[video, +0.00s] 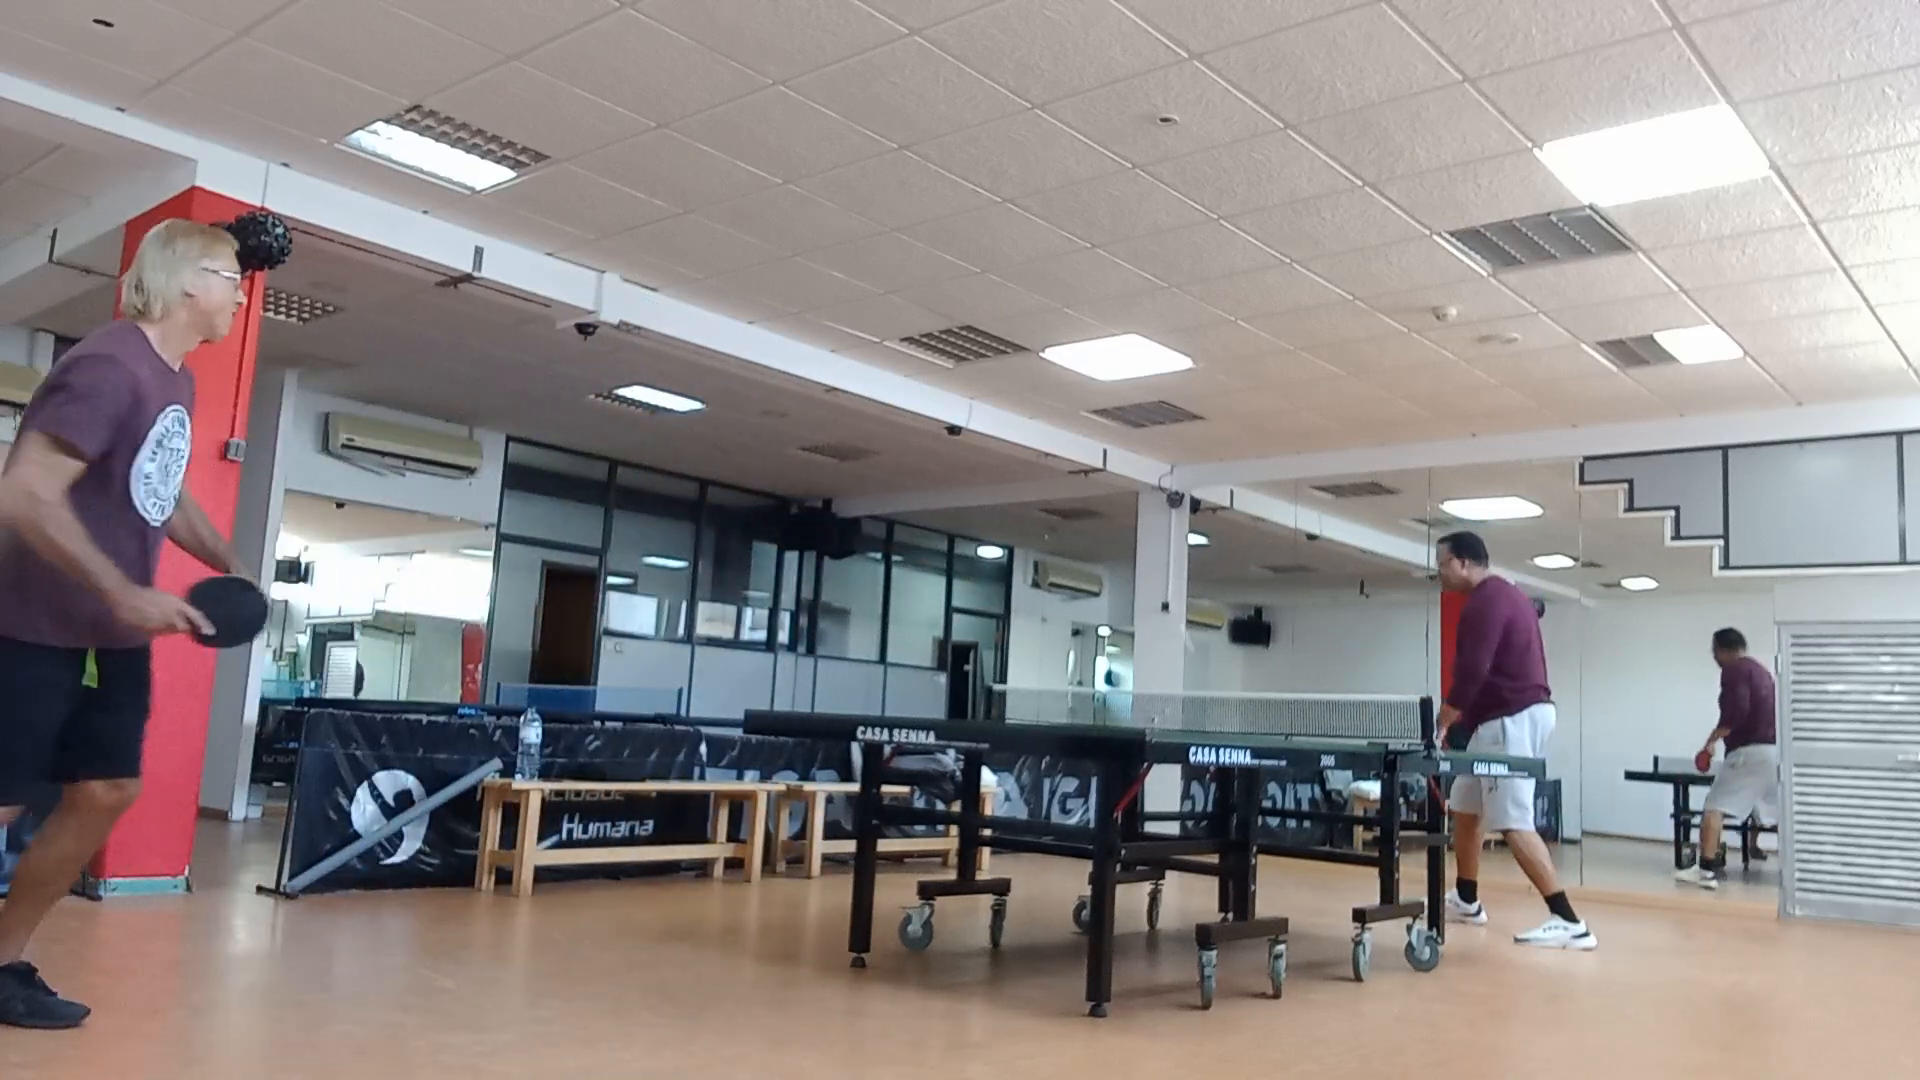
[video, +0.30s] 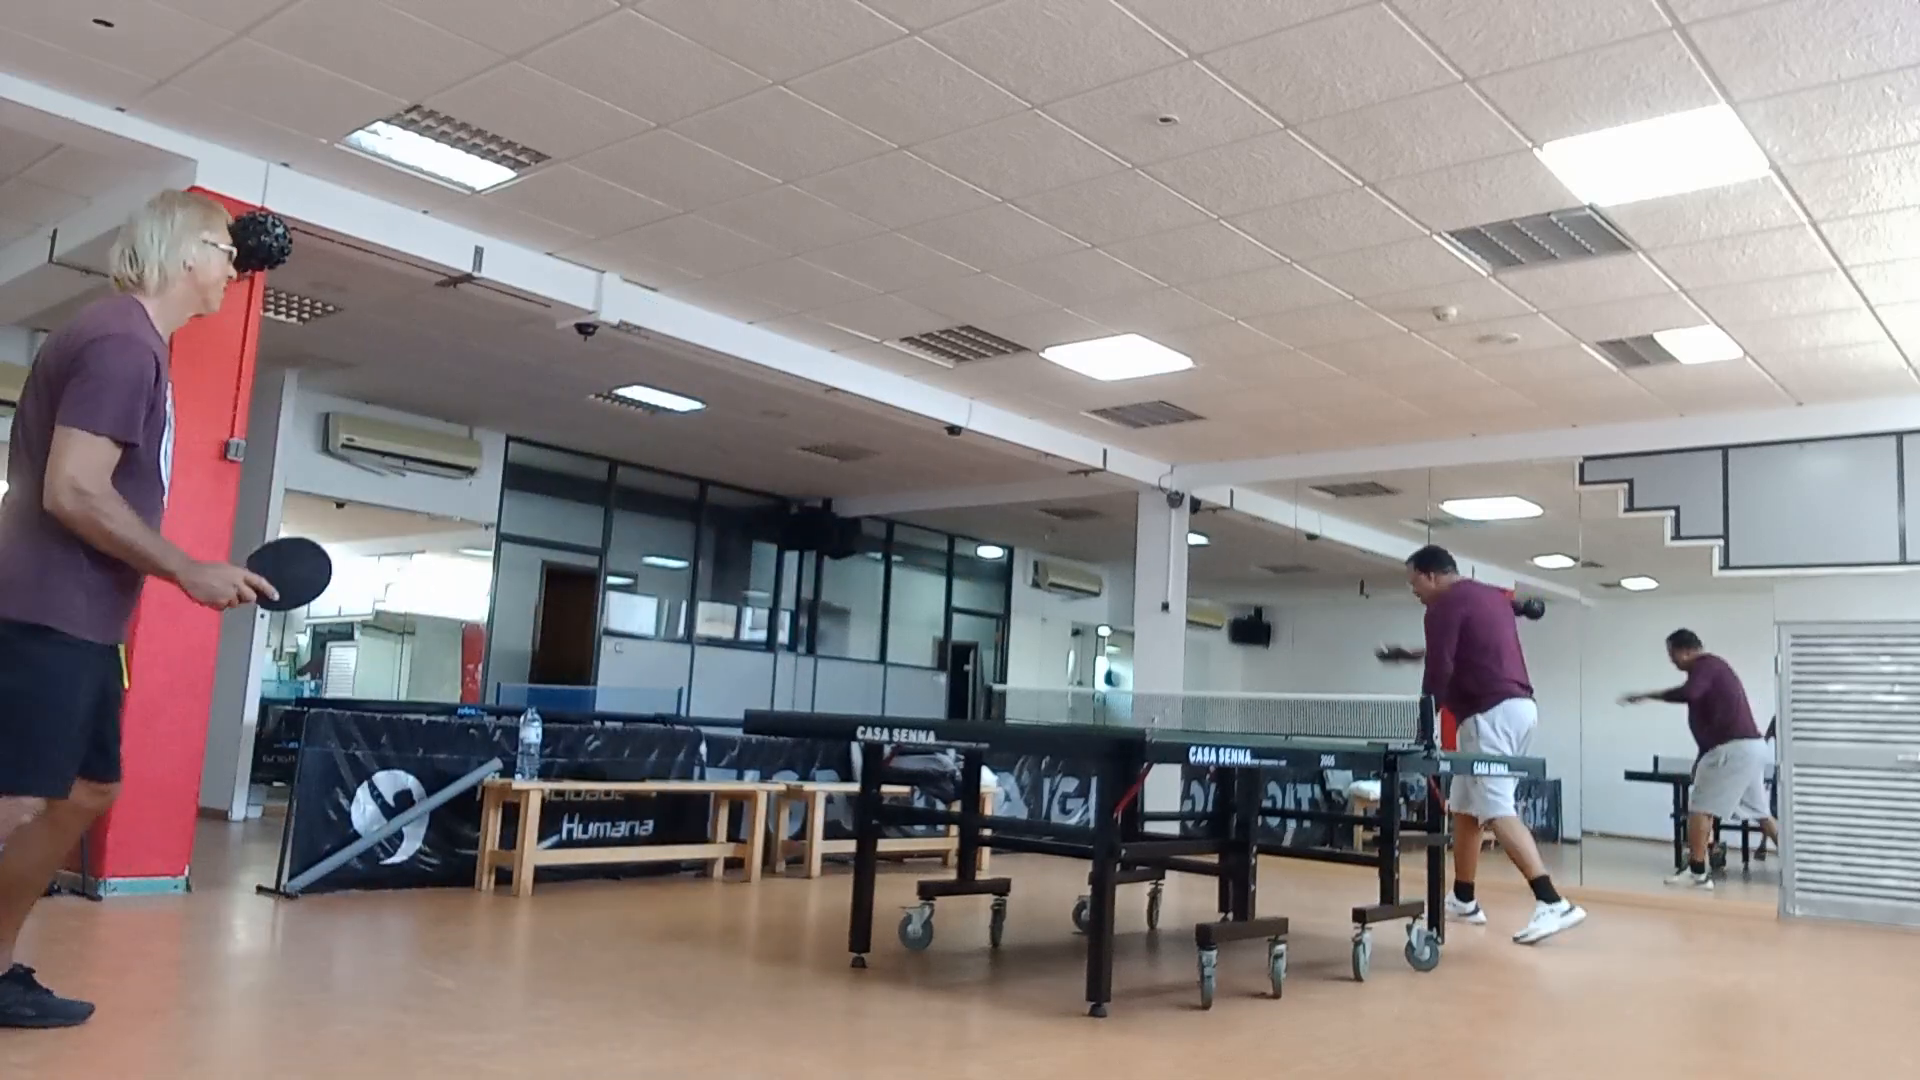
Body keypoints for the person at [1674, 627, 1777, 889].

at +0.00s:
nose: (1716, 660)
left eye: (1716, 654)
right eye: (1715, 654)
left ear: (1725, 650)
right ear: (1741, 648)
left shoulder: (1735, 670)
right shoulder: (1761, 670)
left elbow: (1737, 710)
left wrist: (1712, 740)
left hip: (1751, 753)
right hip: (1775, 751)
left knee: (1713, 806)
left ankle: (1706, 868)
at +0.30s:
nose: (1673, 663)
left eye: (1673, 656)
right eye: (1671, 657)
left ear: (1682, 651)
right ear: (1695, 647)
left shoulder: (1704, 665)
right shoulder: (1717, 664)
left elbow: (1690, 693)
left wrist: (1647, 696)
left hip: (1729, 750)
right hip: (1753, 747)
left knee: (1699, 809)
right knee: (1762, 814)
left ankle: (1697, 873)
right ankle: (1792, 855)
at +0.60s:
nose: (1649, 661)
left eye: (1648, 654)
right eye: (1646, 656)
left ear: (1659, 647)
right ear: (1669, 644)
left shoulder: (1675, 663)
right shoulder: (1698, 660)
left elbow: (1659, 697)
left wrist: (1616, 695)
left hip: (1715, 745)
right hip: (1740, 739)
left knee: (1697, 809)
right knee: (1741, 806)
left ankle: (1698, 872)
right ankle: (1774, 855)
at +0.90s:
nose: (1645, 663)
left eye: (1643, 657)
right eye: (1642, 659)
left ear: (1651, 649)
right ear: (1664, 644)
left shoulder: (1667, 665)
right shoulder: (1697, 659)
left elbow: (1671, 710)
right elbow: (1713, 699)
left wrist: (1645, 746)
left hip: (1711, 740)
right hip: (1739, 734)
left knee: (1697, 810)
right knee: (1746, 806)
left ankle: (1697, 872)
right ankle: (1774, 857)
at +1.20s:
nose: (1662, 656)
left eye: (1660, 651)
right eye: (1661, 651)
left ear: (1664, 648)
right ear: (1685, 640)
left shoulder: (1668, 673)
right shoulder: (1719, 659)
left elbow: (1663, 718)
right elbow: (1747, 700)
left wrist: (1649, 755)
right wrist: (1744, 735)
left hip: (1714, 741)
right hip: (1747, 736)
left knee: (1702, 811)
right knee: (1755, 806)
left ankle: (1698, 872)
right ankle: (1778, 861)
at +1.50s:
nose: (1705, 646)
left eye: (1701, 642)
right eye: (1712, 641)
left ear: (1698, 643)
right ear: (1723, 638)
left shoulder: (1693, 671)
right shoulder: (1754, 661)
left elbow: (1676, 703)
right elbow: (1780, 699)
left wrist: (1656, 708)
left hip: (1730, 743)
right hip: (1766, 742)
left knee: (1713, 813)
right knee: (1769, 814)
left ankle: (1697, 872)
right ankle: (1773, 878)